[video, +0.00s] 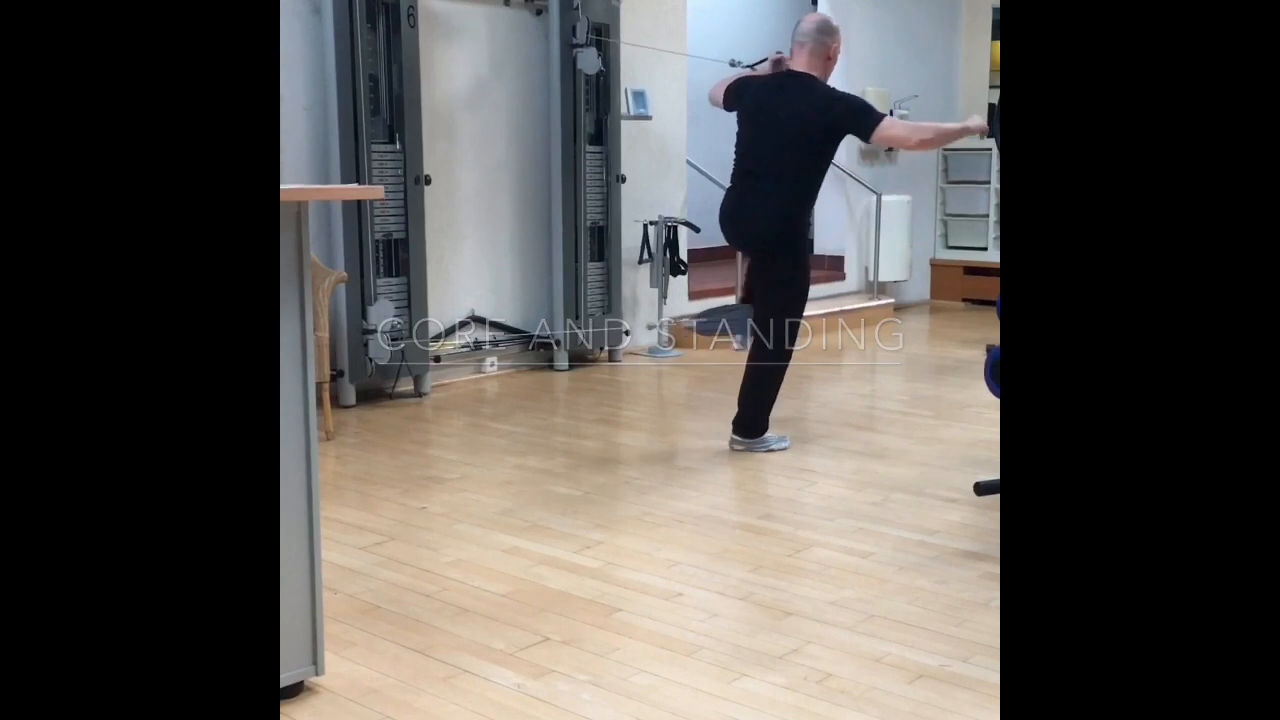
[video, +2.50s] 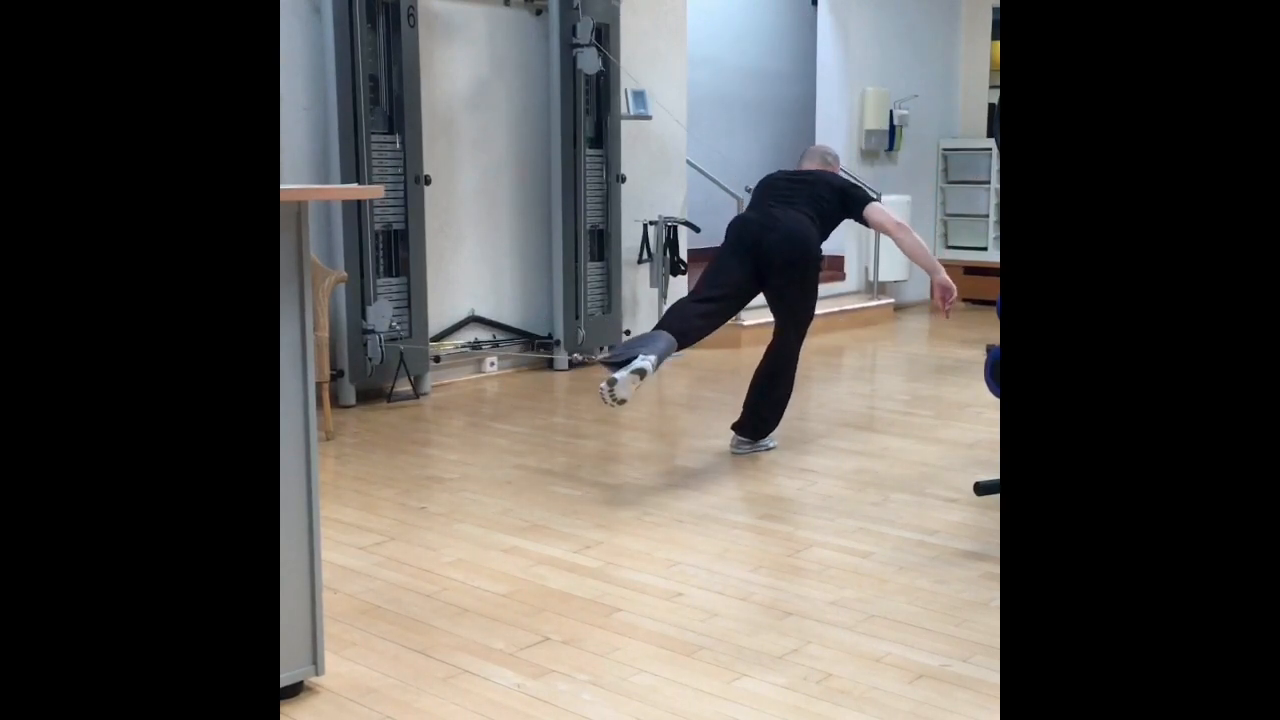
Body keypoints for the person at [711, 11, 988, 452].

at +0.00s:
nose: (835, 59)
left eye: (832, 53)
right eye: (837, 53)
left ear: (791, 49)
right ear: (833, 54)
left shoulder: (754, 87)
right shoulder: (837, 105)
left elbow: (716, 94)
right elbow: (912, 137)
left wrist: (761, 70)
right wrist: (969, 127)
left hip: (734, 219)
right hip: (782, 231)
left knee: (761, 246)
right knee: (776, 331)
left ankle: (746, 313)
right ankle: (748, 431)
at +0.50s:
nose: (784, 69)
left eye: (784, 63)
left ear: (784, 66)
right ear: (826, 70)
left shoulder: (755, 101)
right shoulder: (845, 112)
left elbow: (703, 121)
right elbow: (915, 150)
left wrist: (736, 135)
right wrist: (922, 162)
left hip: (748, 225)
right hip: (802, 238)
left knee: (707, 278)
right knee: (780, 337)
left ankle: (688, 351)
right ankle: (752, 433)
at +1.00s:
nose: (830, 112)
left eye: (800, 99)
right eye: (834, 107)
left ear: (793, 98)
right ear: (832, 106)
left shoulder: (762, 126)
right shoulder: (842, 138)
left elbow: (737, 168)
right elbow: (903, 191)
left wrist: (773, 171)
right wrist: (941, 237)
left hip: (738, 231)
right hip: (792, 242)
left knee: (692, 312)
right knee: (779, 335)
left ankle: (647, 391)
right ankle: (751, 431)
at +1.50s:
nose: (832, 142)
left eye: (819, 135)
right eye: (835, 138)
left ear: (799, 130)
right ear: (835, 137)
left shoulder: (770, 150)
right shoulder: (842, 158)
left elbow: (740, 198)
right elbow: (898, 204)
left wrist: (740, 242)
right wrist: (943, 252)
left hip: (744, 232)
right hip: (796, 245)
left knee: (702, 310)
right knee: (785, 335)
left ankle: (643, 382)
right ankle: (752, 432)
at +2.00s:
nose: (842, 167)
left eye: (836, 160)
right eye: (843, 161)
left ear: (807, 151)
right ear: (840, 158)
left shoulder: (777, 166)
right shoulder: (845, 178)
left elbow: (745, 209)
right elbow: (897, 228)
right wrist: (935, 281)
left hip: (748, 233)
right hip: (798, 247)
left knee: (702, 301)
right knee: (787, 337)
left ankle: (646, 354)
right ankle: (752, 433)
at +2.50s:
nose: (840, 177)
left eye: (833, 172)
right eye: (839, 171)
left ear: (801, 165)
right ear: (835, 168)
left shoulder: (774, 179)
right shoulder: (841, 181)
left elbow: (746, 218)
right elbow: (893, 225)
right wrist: (939, 273)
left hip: (746, 233)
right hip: (796, 244)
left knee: (708, 301)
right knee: (788, 338)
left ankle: (647, 357)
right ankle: (751, 432)